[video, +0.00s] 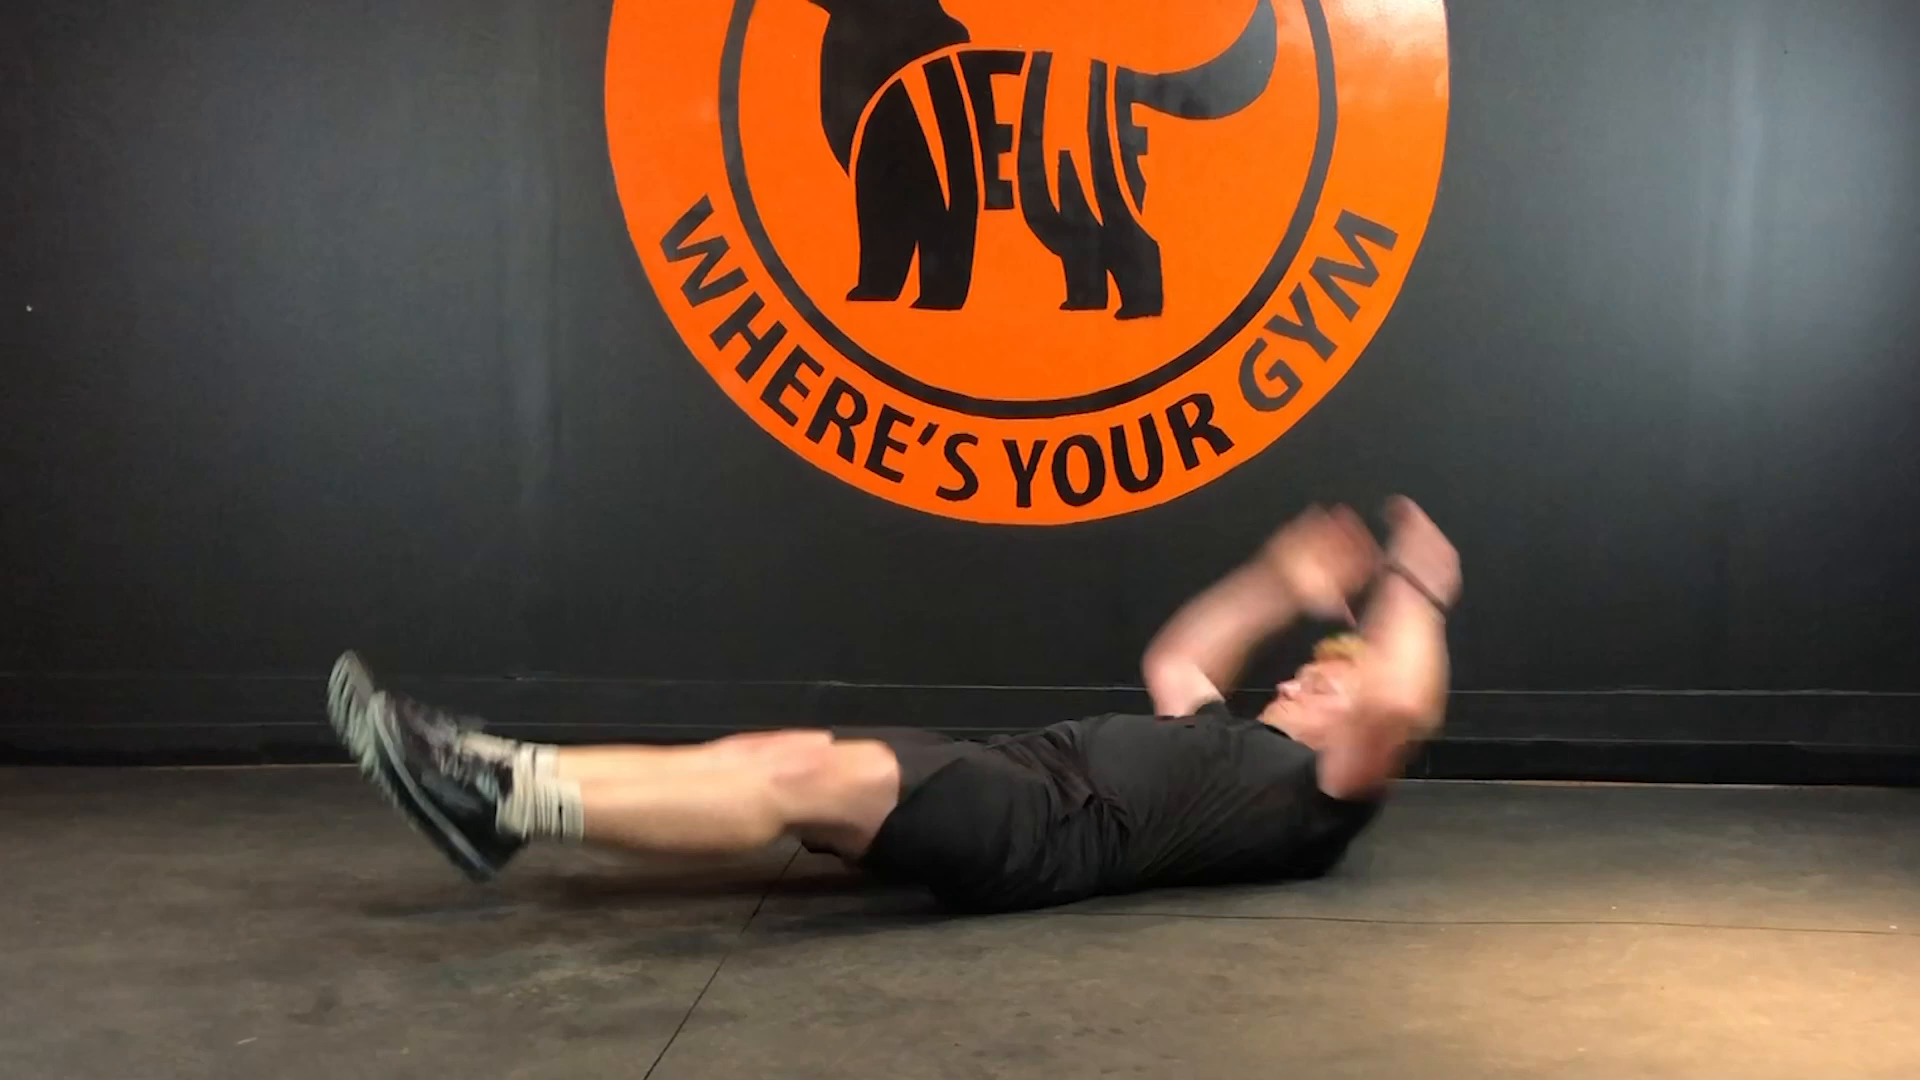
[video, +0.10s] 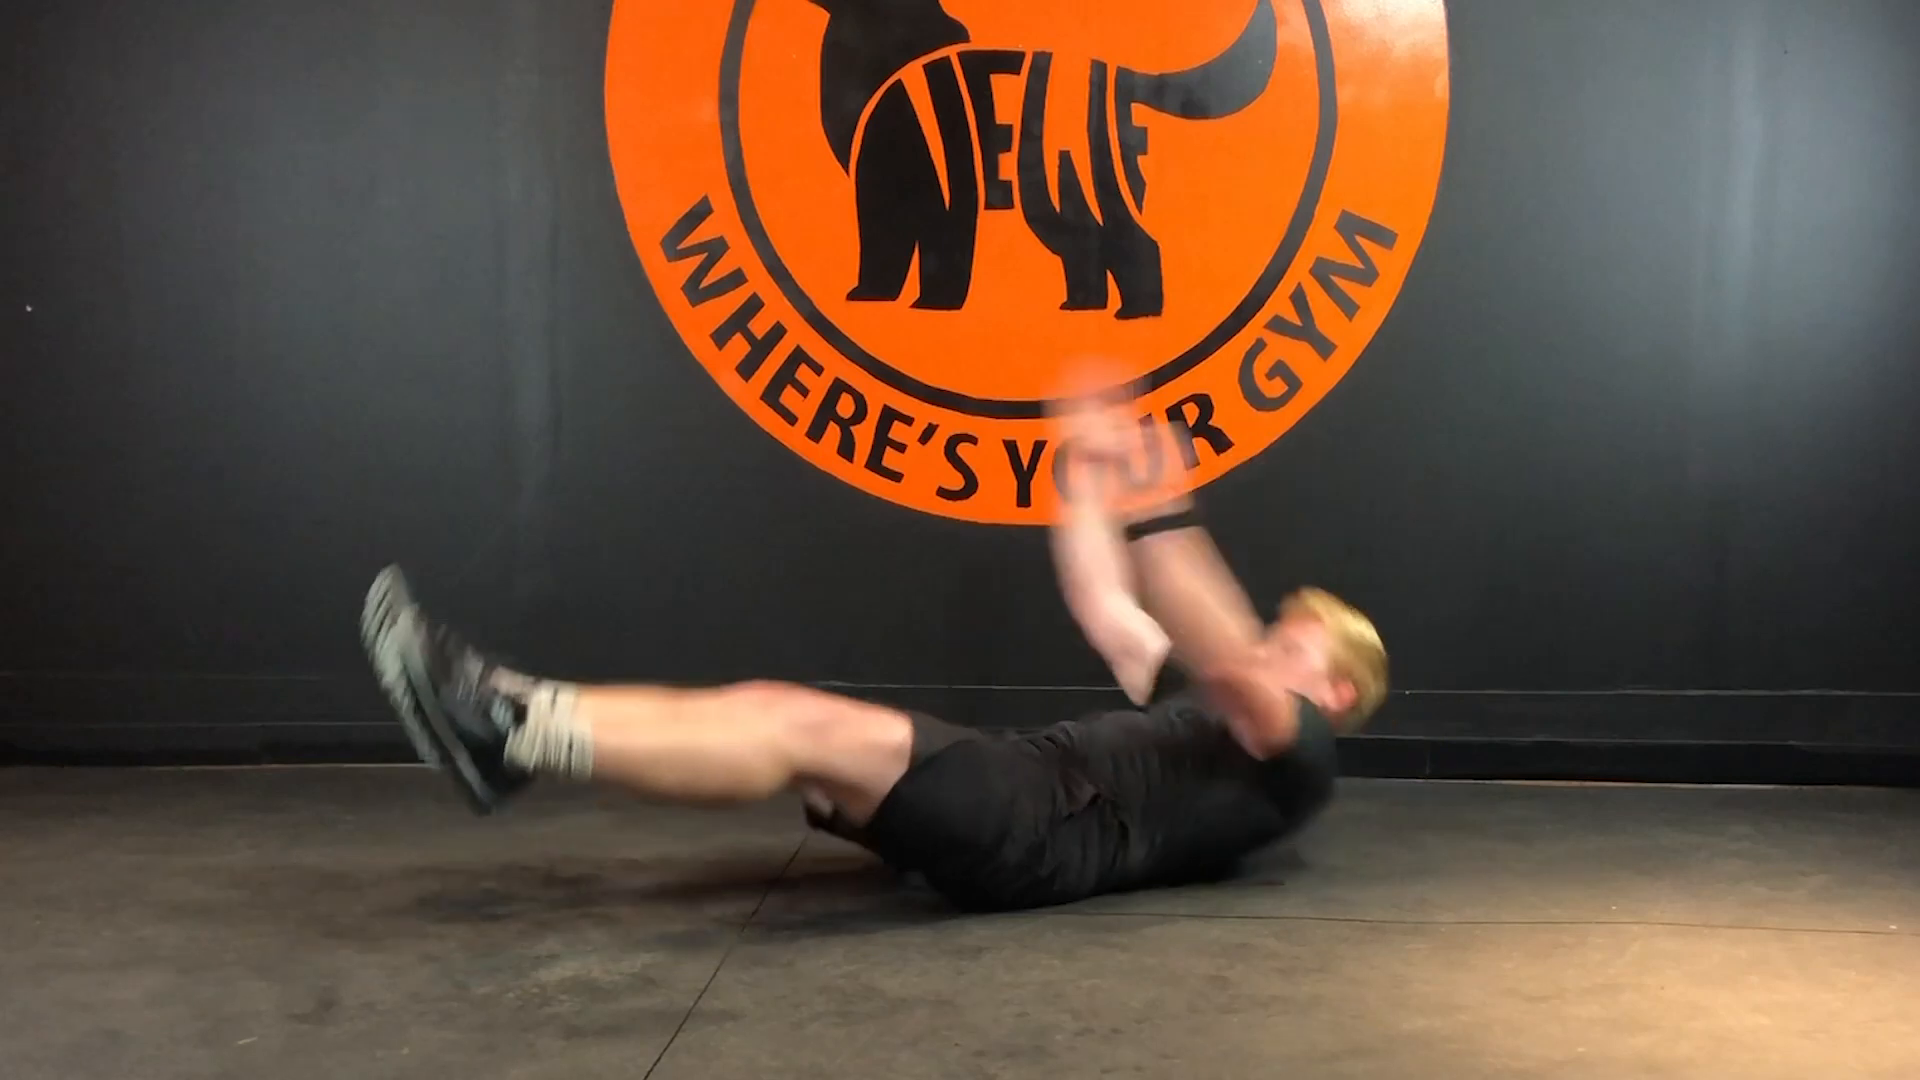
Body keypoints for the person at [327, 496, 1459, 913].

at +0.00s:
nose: (1327, 679)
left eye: (1350, 683)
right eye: (1326, 668)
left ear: (1367, 734)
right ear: (1295, 696)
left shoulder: (1307, 791)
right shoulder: (1221, 744)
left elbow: (1402, 696)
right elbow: (1183, 655)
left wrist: (1419, 589)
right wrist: (1288, 573)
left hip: (1053, 817)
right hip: (999, 771)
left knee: (812, 777)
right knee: (767, 754)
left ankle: (515, 806)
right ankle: (485, 780)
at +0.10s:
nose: (1282, 630)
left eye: (1308, 636)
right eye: (1287, 619)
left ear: (1337, 696)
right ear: (1275, 644)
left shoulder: (1297, 754)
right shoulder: (1201, 707)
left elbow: (1231, 661)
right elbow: (1108, 607)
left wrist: (1154, 522)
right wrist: (1074, 477)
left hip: (1045, 824)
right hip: (1001, 787)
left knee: (798, 721)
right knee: (772, 706)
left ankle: (518, 731)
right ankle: (507, 721)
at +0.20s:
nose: (1209, 590)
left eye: (1238, 580)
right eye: (1222, 574)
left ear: (1295, 622)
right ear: (1257, 607)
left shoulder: (1266, 701)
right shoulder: (1211, 683)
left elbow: (1145, 655)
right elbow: (1059, 612)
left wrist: (995, 540)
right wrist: (957, 476)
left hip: (1037, 830)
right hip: (987, 813)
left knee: (824, 658)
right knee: (789, 645)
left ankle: (544, 645)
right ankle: (528, 636)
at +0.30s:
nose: (1150, 532)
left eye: (1173, 522)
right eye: (1157, 515)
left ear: (1233, 557)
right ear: (1158, 526)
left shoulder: (1225, 642)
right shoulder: (1133, 617)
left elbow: (1085, 593)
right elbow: (955, 531)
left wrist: (960, 511)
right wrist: (864, 431)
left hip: (1027, 833)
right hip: (963, 831)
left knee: (875, 604)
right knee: (836, 602)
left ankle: (600, 537)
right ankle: (579, 542)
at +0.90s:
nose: (1139, 508)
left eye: (1171, 500)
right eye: (1147, 494)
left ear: (1225, 548)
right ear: (1139, 510)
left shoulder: (1215, 653)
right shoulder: (1080, 599)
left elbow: (1154, 604)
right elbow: (967, 565)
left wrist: (1072, 455)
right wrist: (915, 454)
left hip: (1012, 831)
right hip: (931, 818)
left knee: (842, 618)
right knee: (775, 624)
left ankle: (559, 657)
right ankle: (520, 655)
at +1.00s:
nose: (1175, 530)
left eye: (1205, 528)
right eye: (1182, 517)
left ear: (1251, 576)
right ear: (1194, 542)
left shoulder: (1225, 675)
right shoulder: (1119, 629)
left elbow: (1191, 588)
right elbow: (1005, 570)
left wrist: (1154, 421)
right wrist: (995, 435)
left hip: (1016, 822)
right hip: (953, 794)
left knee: (809, 658)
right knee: (764, 658)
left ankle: (508, 696)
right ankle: (491, 697)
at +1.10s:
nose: (1195, 567)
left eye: (1226, 560)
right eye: (1208, 553)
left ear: (1276, 611)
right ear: (1218, 585)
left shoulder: (1233, 707)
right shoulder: (1145, 662)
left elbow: (1266, 619)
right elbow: (1058, 589)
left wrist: (1261, 457)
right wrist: (1088, 458)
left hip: (1021, 819)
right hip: (965, 791)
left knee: (773, 716)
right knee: (742, 706)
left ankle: (492, 760)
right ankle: (469, 751)